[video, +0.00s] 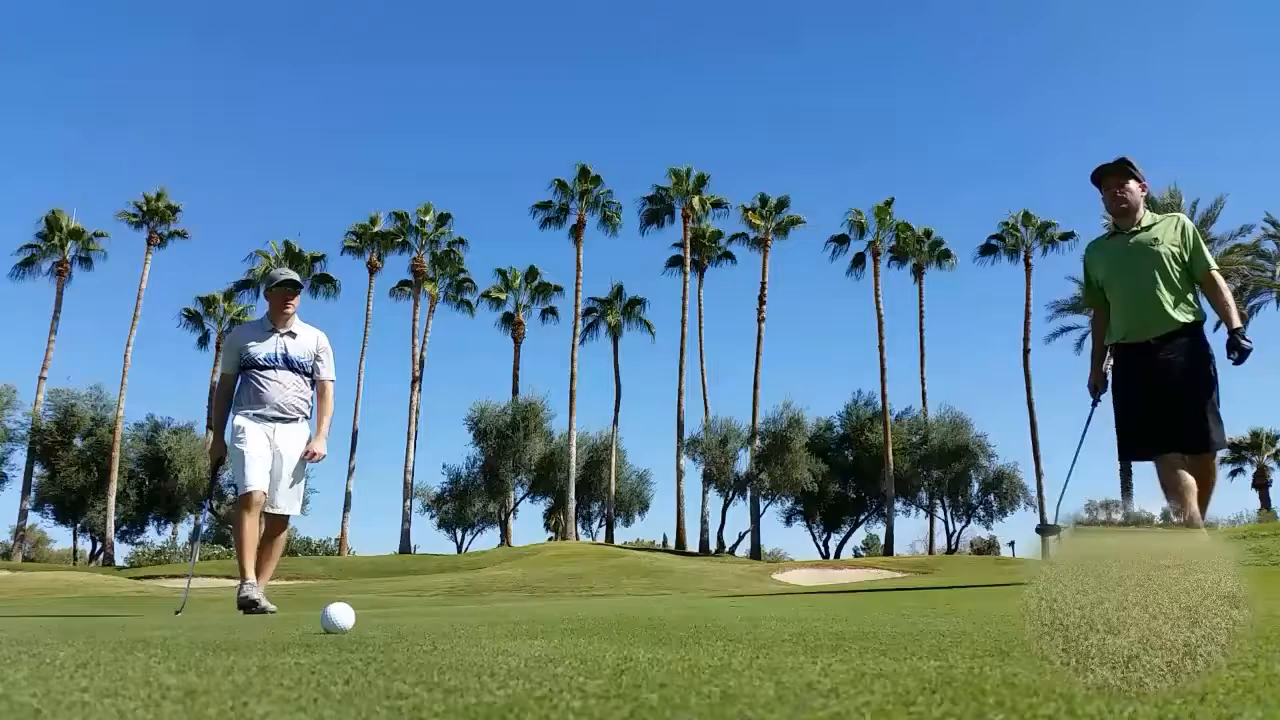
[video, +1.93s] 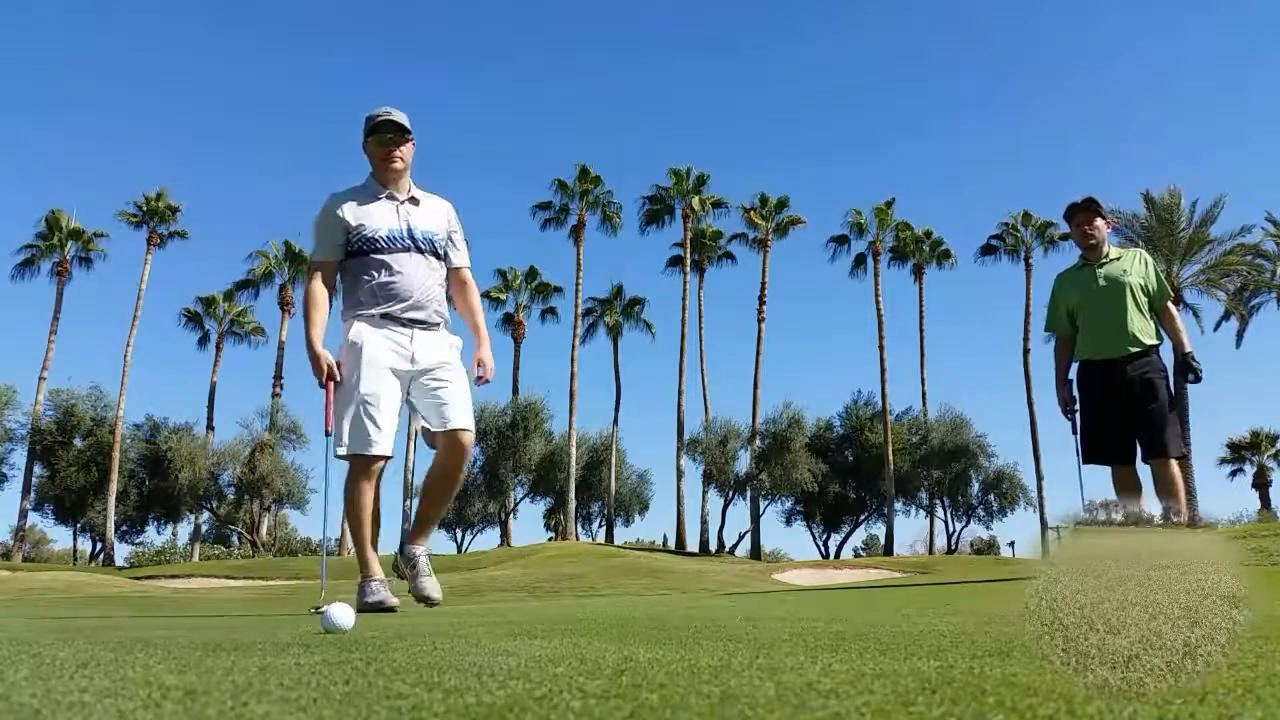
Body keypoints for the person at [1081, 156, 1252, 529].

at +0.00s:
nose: (1117, 191)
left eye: (1123, 183)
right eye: (1109, 188)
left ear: (1142, 188)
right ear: (1103, 199)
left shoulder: (1176, 226)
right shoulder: (1096, 251)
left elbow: (1210, 278)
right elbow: (1099, 313)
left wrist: (1235, 326)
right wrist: (1096, 366)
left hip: (1183, 346)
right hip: (1133, 357)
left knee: (1200, 444)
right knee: (1162, 445)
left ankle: (1194, 523)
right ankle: (1192, 529)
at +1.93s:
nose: (1086, 229)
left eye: (1091, 222)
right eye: (1078, 226)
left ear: (1106, 225)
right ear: (1071, 234)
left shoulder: (1139, 260)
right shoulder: (1066, 281)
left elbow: (1165, 309)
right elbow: (1064, 338)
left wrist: (1184, 351)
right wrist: (1061, 384)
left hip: (1144, 369)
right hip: (1098, 377)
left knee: (1161, 452)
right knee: (1119, 460)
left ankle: (1178, 527)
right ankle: (1135, 531)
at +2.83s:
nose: (1084, 227)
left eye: (1090, 219)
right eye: (1077, 223)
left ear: (1105, 223)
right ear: (1070, 233)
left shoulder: (1136, 259)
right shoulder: (1063, 280)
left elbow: (1163, 306)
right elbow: (1061, 336)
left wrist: (1182, 348)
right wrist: (1060, 381)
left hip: (1144, 369)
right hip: (1097, 377)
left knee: (1161, 455)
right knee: (1118, 461)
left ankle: (1178, 529)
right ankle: (1135, 533)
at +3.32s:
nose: (1083, 225)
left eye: (1088, 218)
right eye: (1075, 221)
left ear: (1103, 223)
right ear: (1066, 232)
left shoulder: (1133, 257)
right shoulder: (1060, 280)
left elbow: (1160, 304)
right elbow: (1059, 337)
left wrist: (1180, 347)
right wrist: (1059, 385)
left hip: (1142, 369)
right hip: (1095, 376)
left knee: (1161, 453)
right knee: (1117, 460)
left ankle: (1178, 530)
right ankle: (1135, 533)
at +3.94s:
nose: (1101, 233)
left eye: (1104, 226)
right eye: (1092, 228)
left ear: (1109, 229)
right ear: (1073, 234)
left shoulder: (1134, 261)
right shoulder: (1062, 283)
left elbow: (1167, 312)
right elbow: (1059, 339)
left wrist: (1154, 299)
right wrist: (1054, 385)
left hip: (1142, 369)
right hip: (1096, 376)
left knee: (1163, 453)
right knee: (1118, 461)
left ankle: (1179, 530)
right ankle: (1135, 534)